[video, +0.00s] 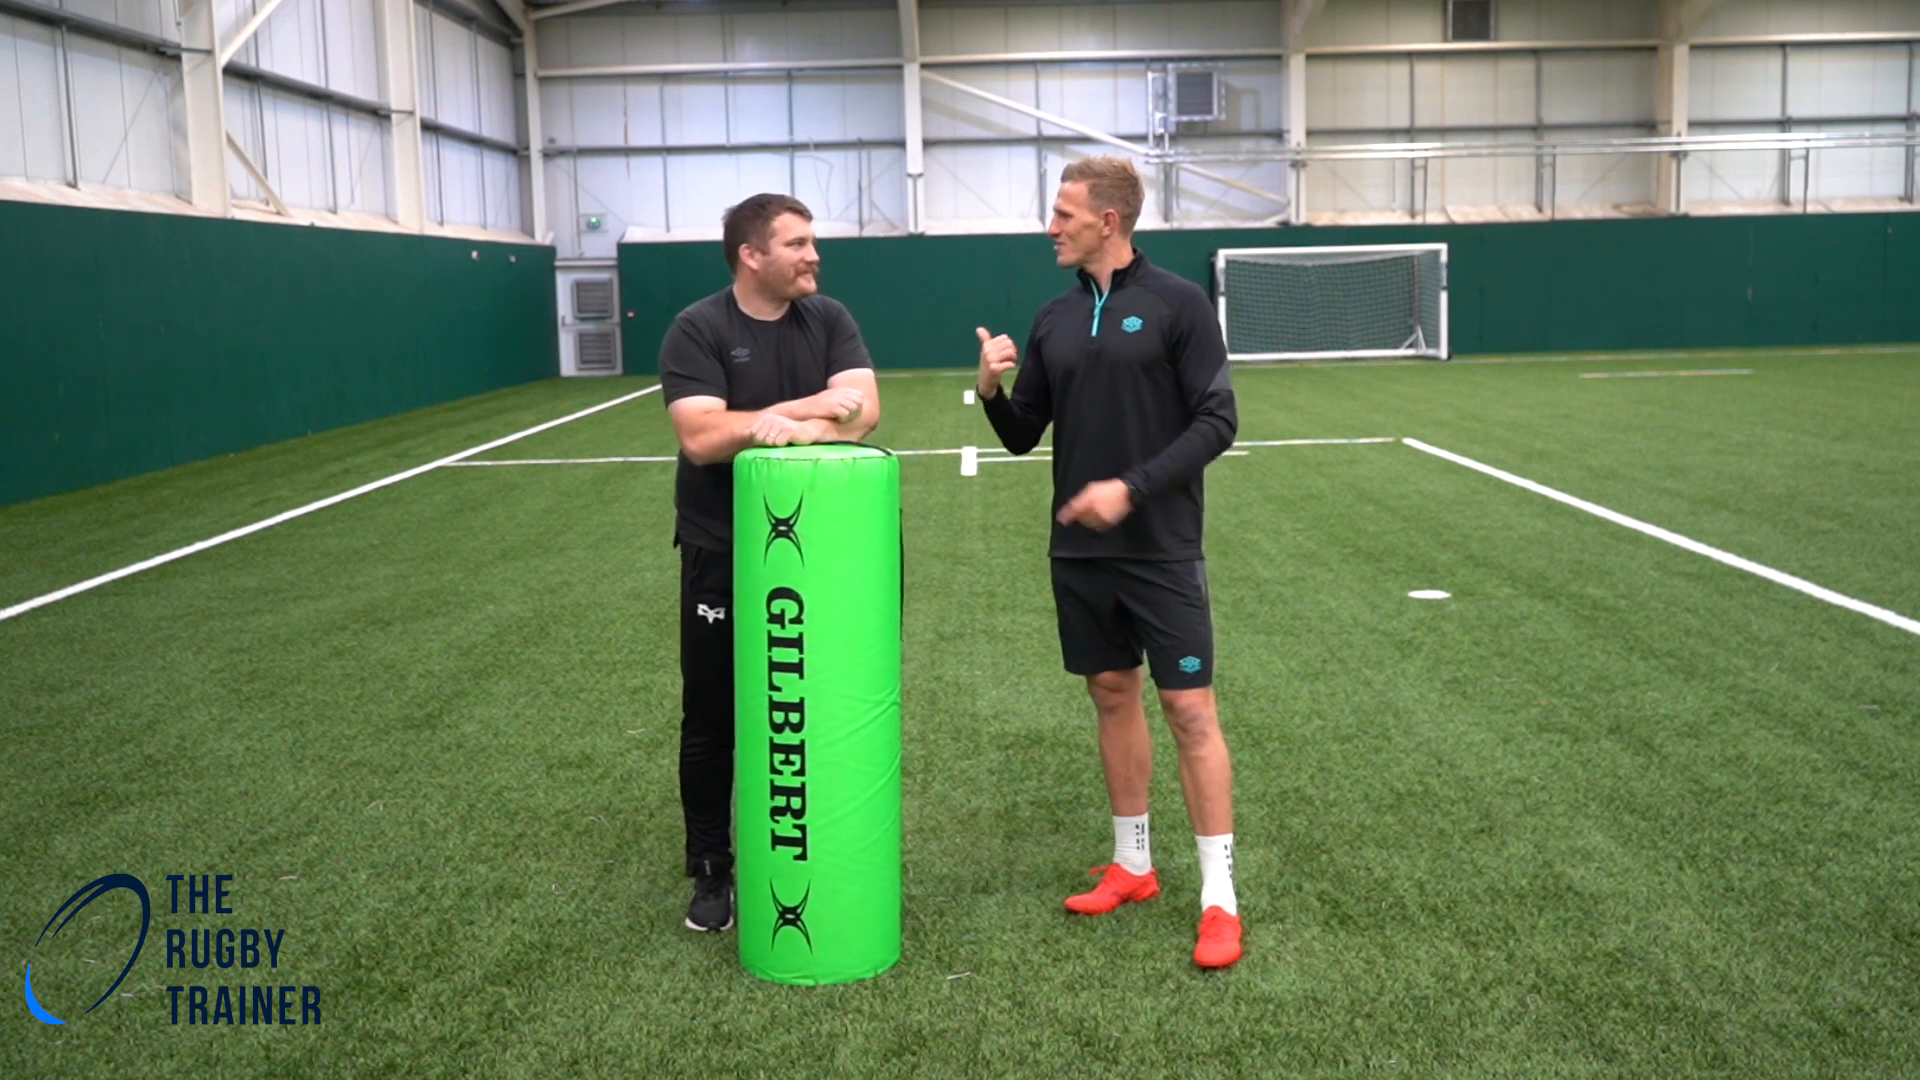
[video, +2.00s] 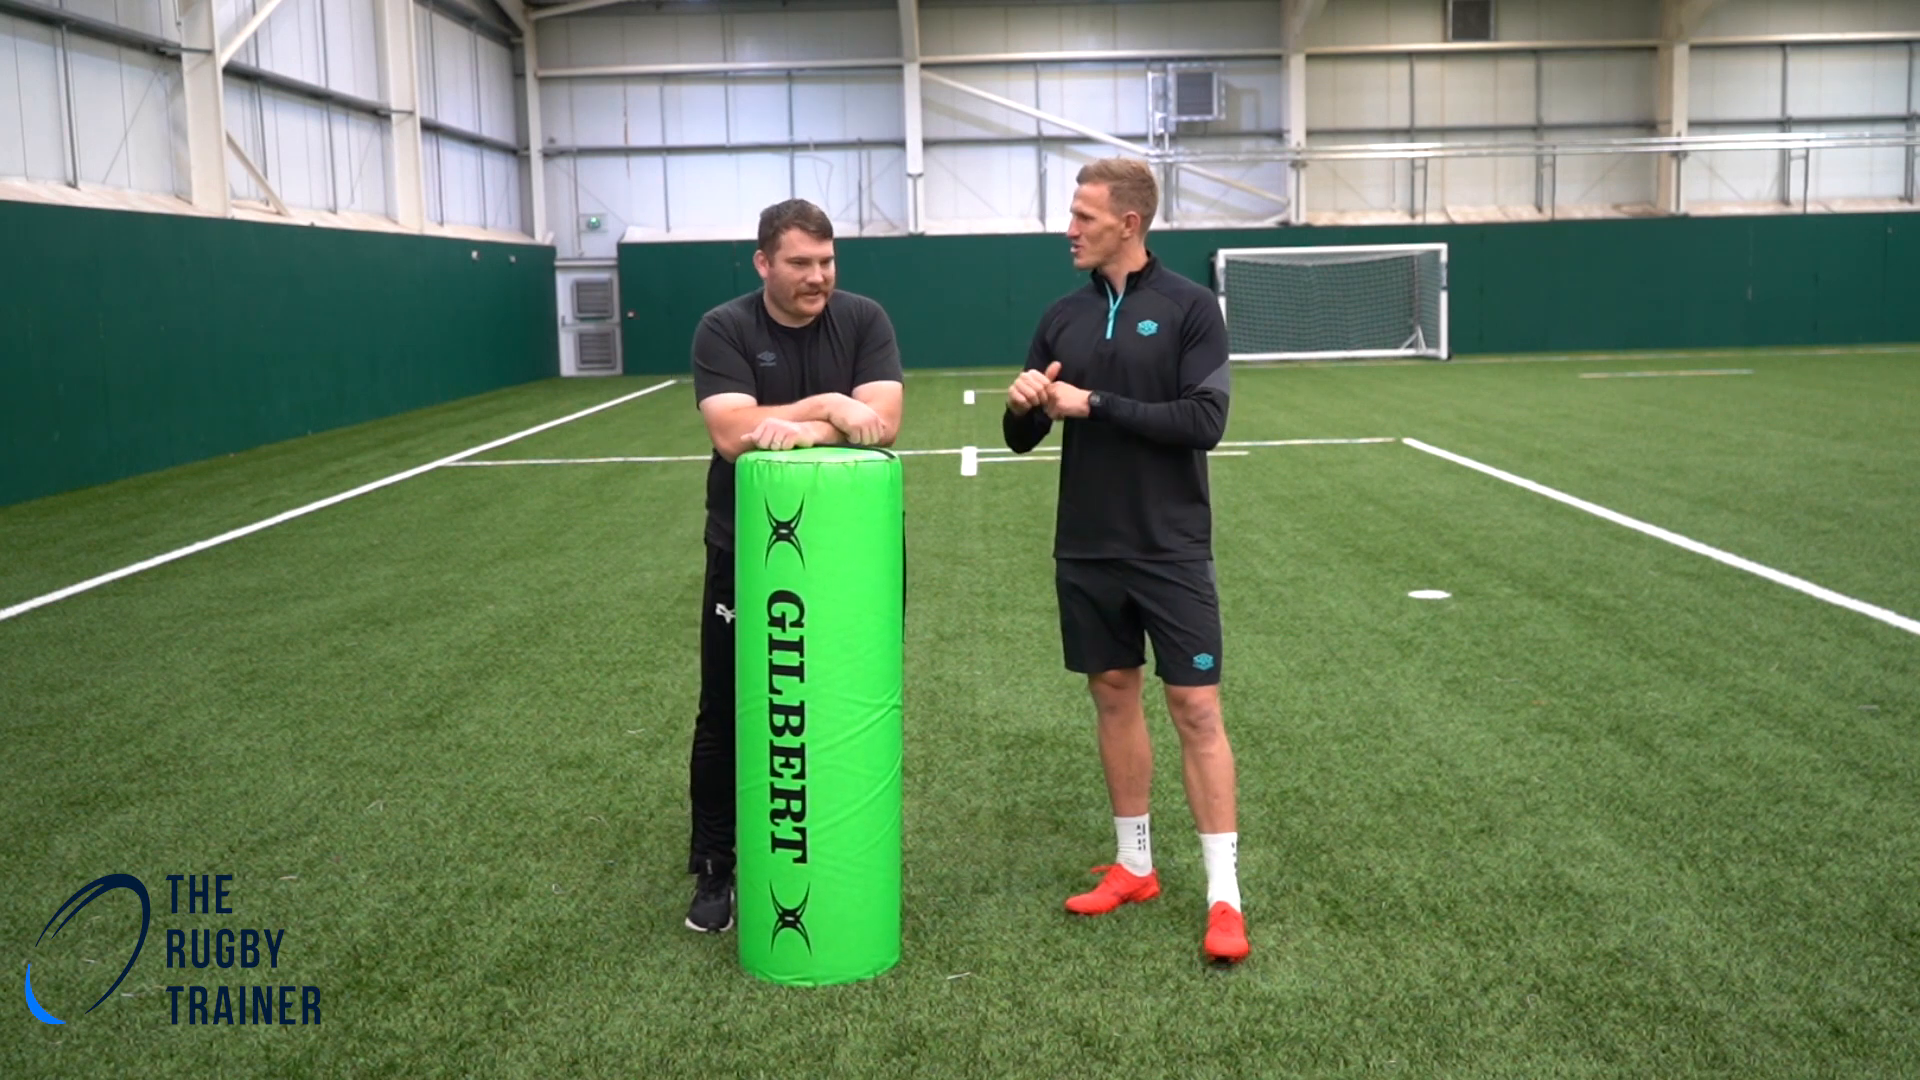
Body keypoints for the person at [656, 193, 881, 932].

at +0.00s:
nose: (812, 255)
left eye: (812, 243)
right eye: (797, 245)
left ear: (800, 251)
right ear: (750, 255)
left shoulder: (828, 317)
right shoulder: (698, 329)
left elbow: (861, 411)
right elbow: (698, 438)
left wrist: (764, 420)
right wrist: (811, 417)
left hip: (815, 552)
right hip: (721, 552)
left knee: (814, 711)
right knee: (713, 716)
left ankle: (817, 868)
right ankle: (713, 871)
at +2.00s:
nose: (816, 276)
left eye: (826, 263)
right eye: (800, 264)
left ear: (836, 261)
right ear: (763, 264)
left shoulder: (864, 319)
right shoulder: (726, 328)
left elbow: (881, 424)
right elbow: (730, 434)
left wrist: (787, 425)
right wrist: (833, 405)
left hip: (840, 555)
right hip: (745, 553)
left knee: (836, 715)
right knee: (728, 713)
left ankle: (830, 877)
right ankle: (716, 870)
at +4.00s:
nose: (774, 280)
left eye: (781, 265)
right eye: (757, 269)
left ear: (787, 260)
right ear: (714, 267)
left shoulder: (812, 317)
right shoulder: (676, 334)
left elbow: (845, 419)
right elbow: (699, 440)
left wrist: (764, 425)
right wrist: (806, 410)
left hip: (800, 554)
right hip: (701, 555)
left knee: (804, 709)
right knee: (701, 717)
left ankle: (808, 864)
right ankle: (712, 873)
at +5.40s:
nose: (786, 261)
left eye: (785, 248)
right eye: (770, 253)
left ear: (779, 250)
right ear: (720, 266)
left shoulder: (806, 314)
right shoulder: (675, 338)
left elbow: (846, 414)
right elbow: (706, 445)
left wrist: (764, 428)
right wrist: (808, 408)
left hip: (805, 556)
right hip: (713, 560)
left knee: (807, 712)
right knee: (709, 720)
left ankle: (811, 865)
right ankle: (713, 872)